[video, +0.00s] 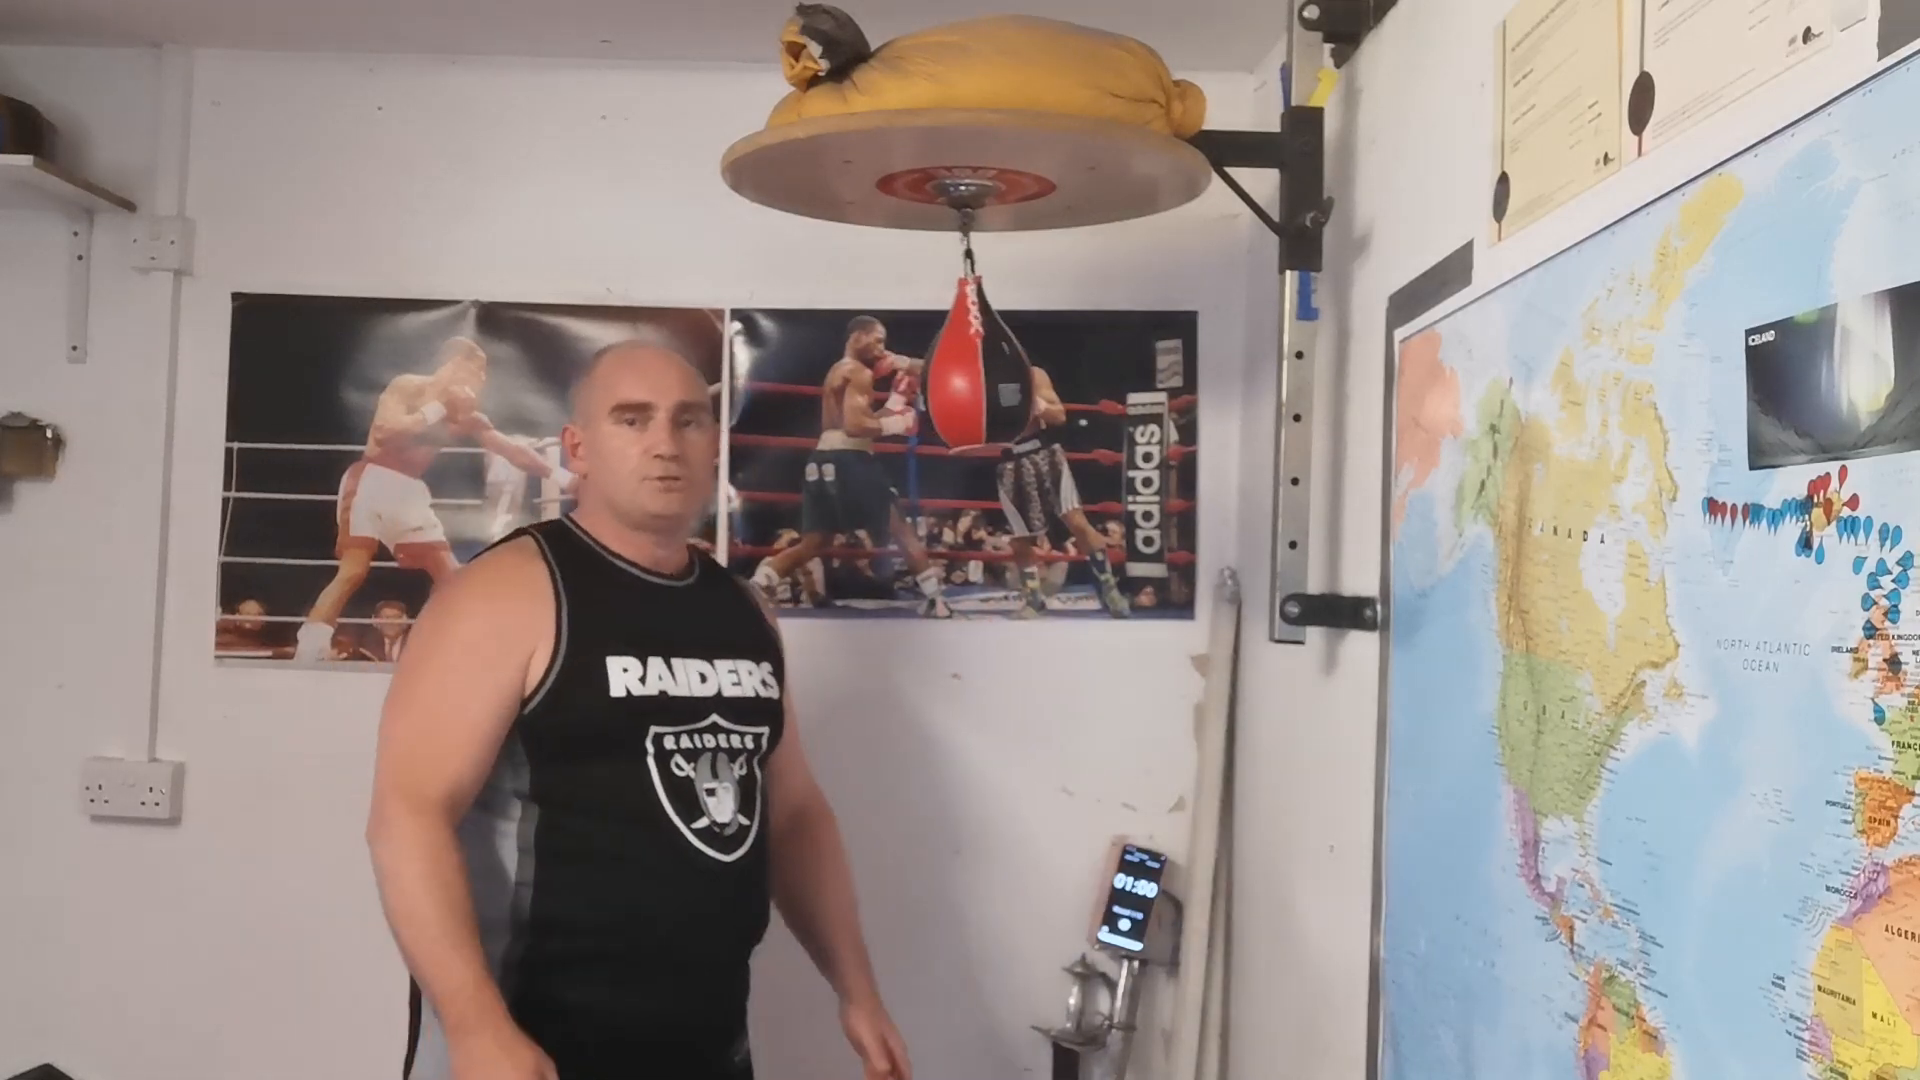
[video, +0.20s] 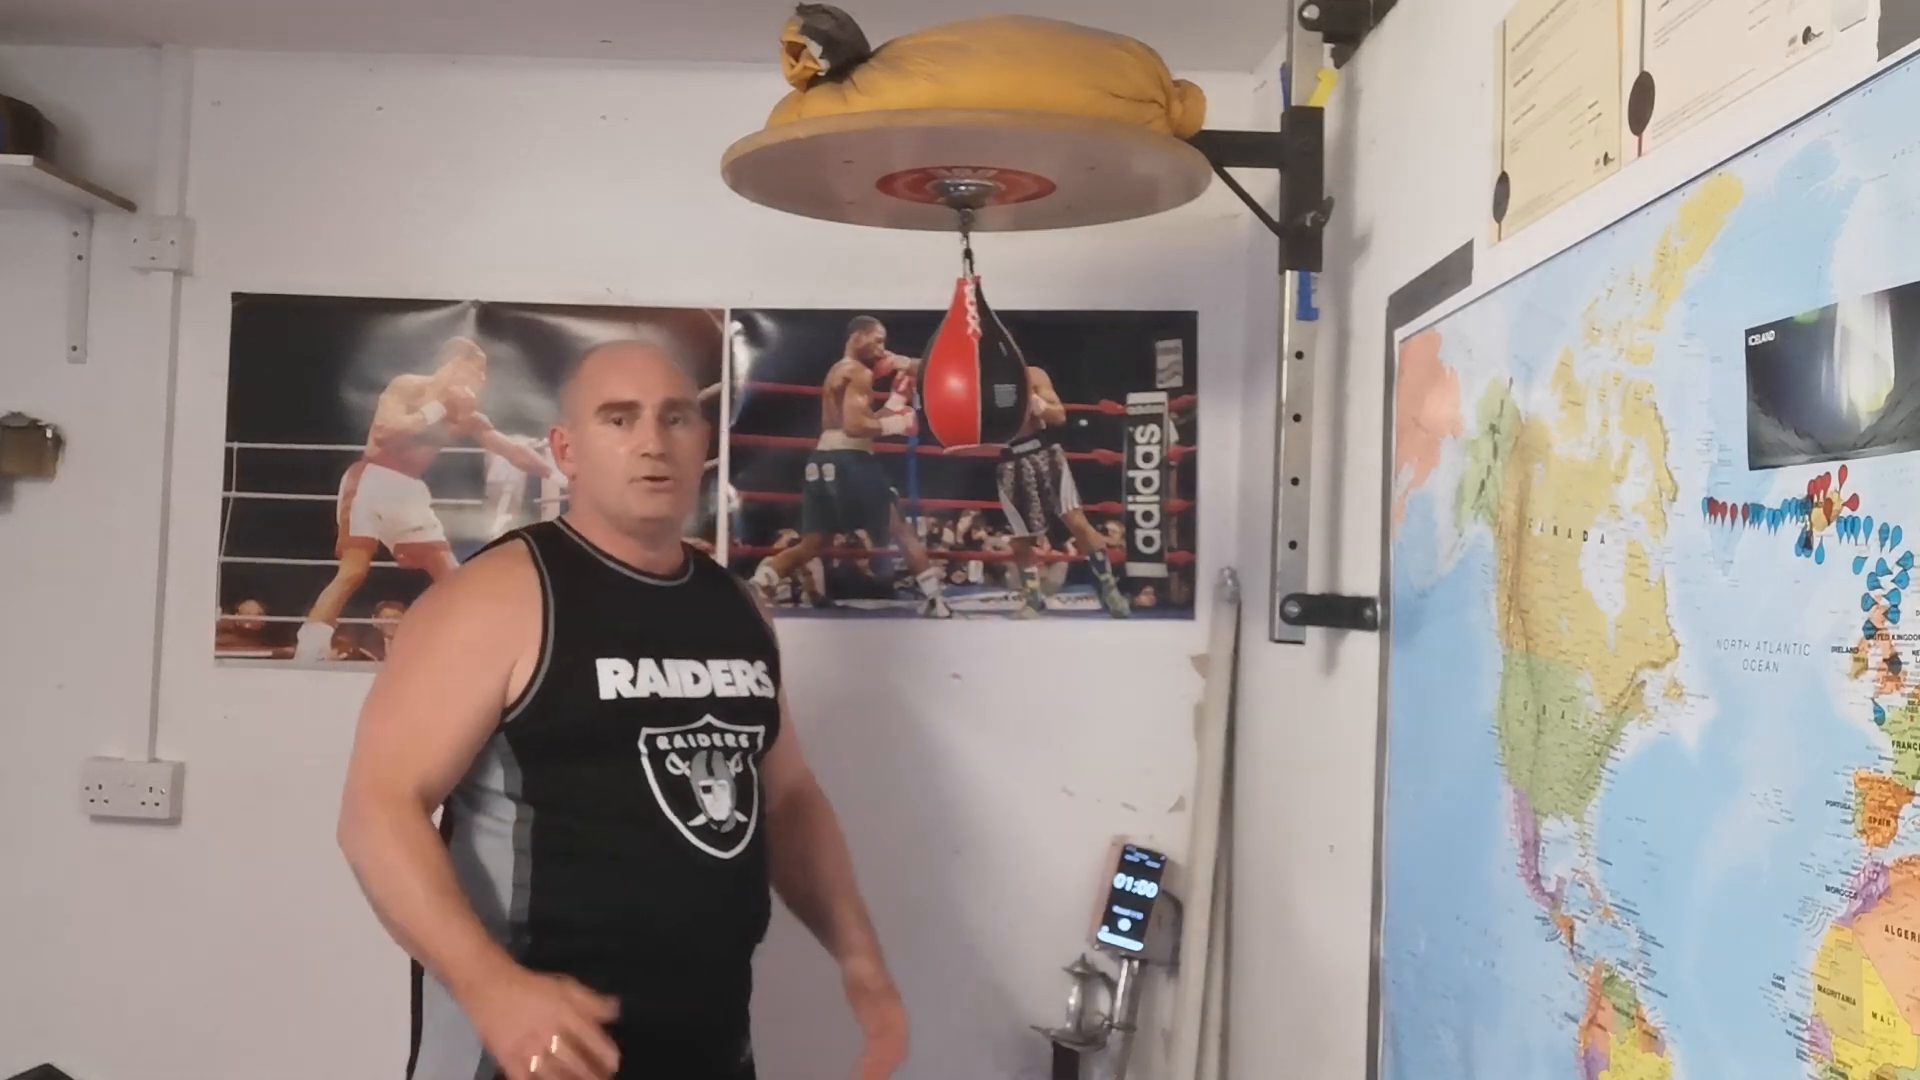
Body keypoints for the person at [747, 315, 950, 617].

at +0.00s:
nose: (881, 349)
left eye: (882, 343)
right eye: (877, 342)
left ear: (856, 340)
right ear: (858, 337)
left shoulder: (834, 373)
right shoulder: (858, 372)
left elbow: (848, 422)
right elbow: (854, 425)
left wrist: (887, 411)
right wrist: (894, 423)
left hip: (821, 462)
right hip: (852, 463)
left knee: (815, 542)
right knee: (903, 530)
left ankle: (756, 586)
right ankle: (936, 600)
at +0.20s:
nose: (881, 349)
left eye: (882, 343)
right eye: (877, 342)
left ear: (856, 340)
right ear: (858, 338)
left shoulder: (833, 374)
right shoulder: (858, 372)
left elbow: (849, 422)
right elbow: (854, 425)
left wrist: (888, 409)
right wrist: (894, 423)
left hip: (821, 463)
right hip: (852, 463)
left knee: (814, 542)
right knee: (903, 531)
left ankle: (756, 585)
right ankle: (936, 600)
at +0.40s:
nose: (881, 349)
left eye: (883, 343)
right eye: (878, 341)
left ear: (855, 340)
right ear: (858, 337)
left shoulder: (832, 373)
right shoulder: (859, 373)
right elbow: (854, 424)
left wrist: (879, 374)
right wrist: (886, 424)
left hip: (820, 462)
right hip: (853, 463)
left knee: (813, 543)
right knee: (903, 531)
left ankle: (753, 588)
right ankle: (936, 599)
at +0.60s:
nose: (881, 348)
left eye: (883, 343)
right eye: (878, 341)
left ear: (855, 340)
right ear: (858, 337)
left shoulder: (833, 373)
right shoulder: (859, 373)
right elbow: (854, 424)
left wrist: (877, 374)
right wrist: (884, 426)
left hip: (821, 462)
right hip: (853, 463)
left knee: (814, 543)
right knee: (902, 531)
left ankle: (753, 589)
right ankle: (936, 600)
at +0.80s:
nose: (881, 349)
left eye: (883, 343)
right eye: (878, 342)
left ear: (855, 340)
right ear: (858, 337)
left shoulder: (833, 374)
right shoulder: (859, 373)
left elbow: (846, 420)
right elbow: (854, 425)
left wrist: (890, 403)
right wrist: (890, 423)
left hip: (820, 462)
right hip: (853, 463)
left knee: (814, 543)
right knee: (903, 532)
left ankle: (753, 589)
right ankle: (936, 600)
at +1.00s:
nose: (880, 349)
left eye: (882, 343)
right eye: (877, 342)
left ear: (856, 340)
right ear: (857, 337)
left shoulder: (833, 374)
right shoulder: (859, 373)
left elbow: (843, 422)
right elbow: (855, 425)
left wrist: (886, 410)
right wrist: (892, 423)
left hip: (820, 463)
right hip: (852, 463)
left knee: (814, 543)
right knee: (903, 532)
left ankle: (754, 588)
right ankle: (936, 600)